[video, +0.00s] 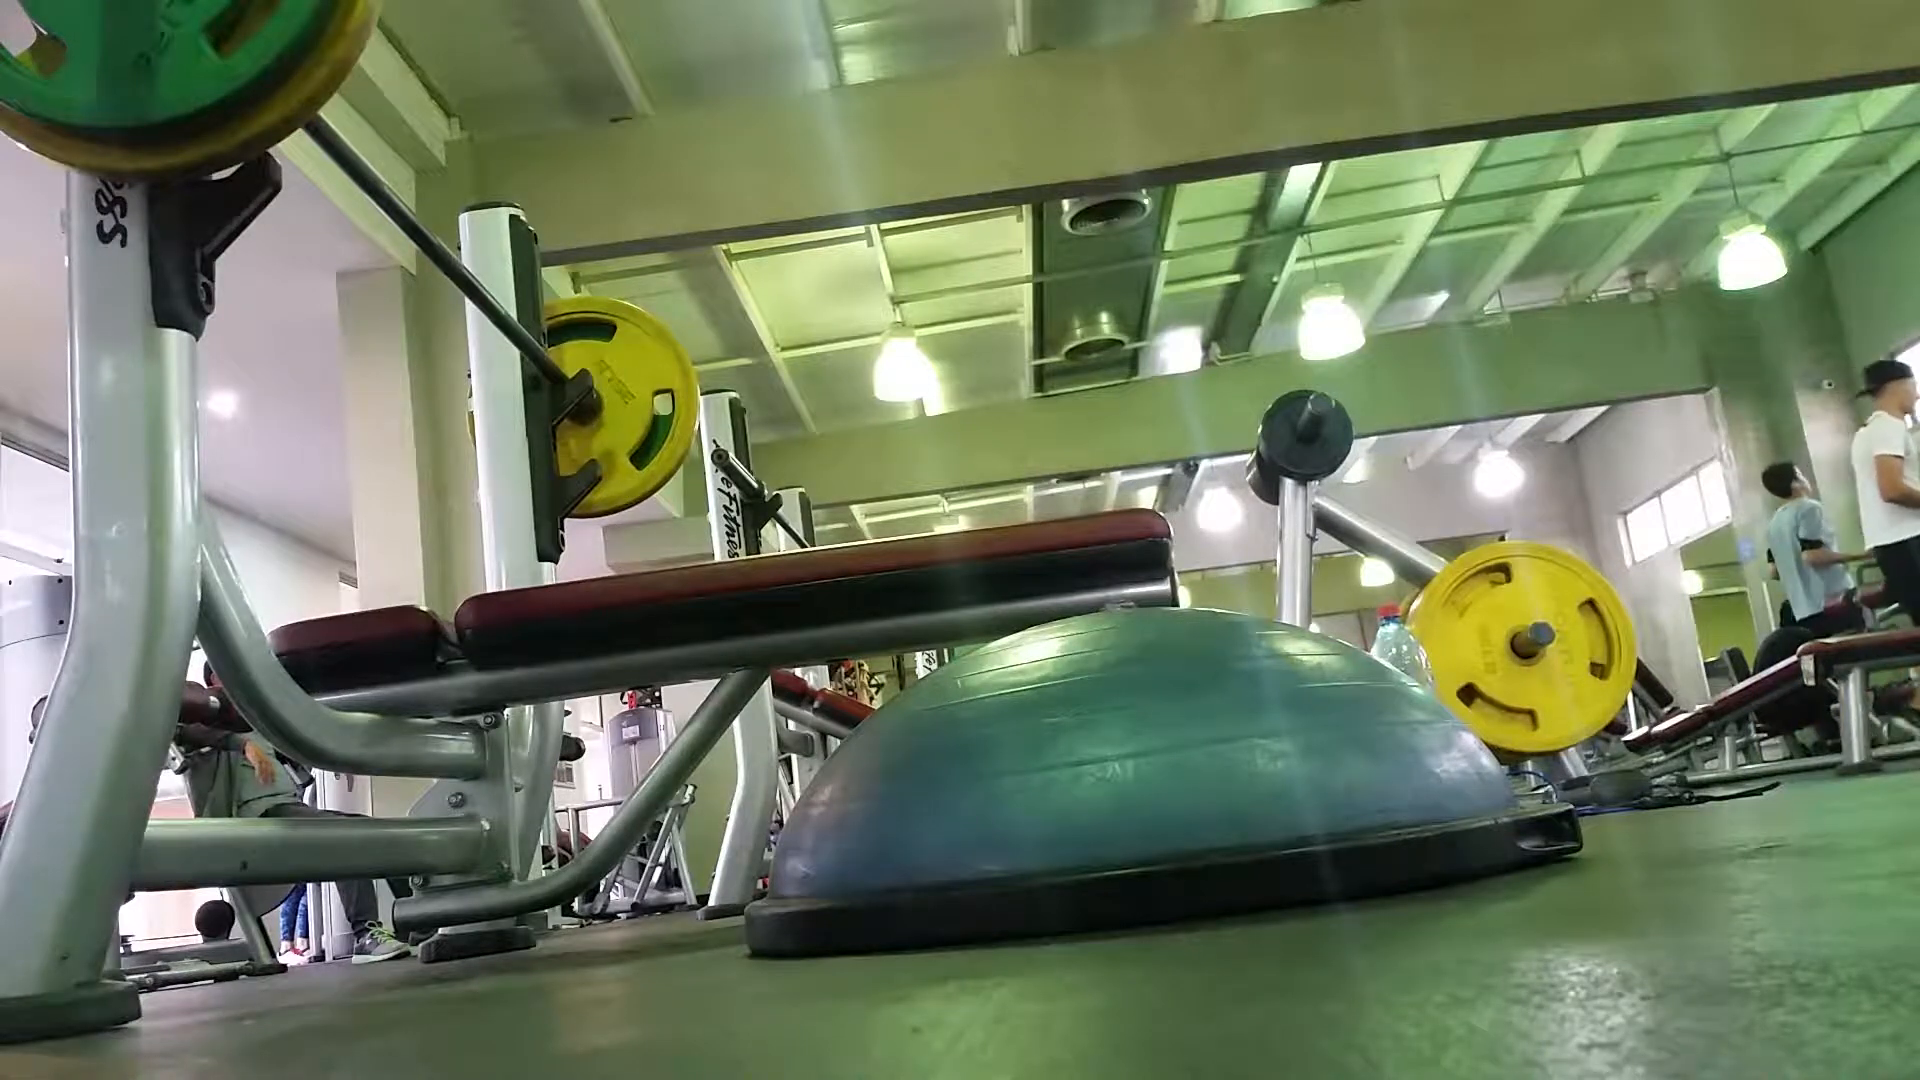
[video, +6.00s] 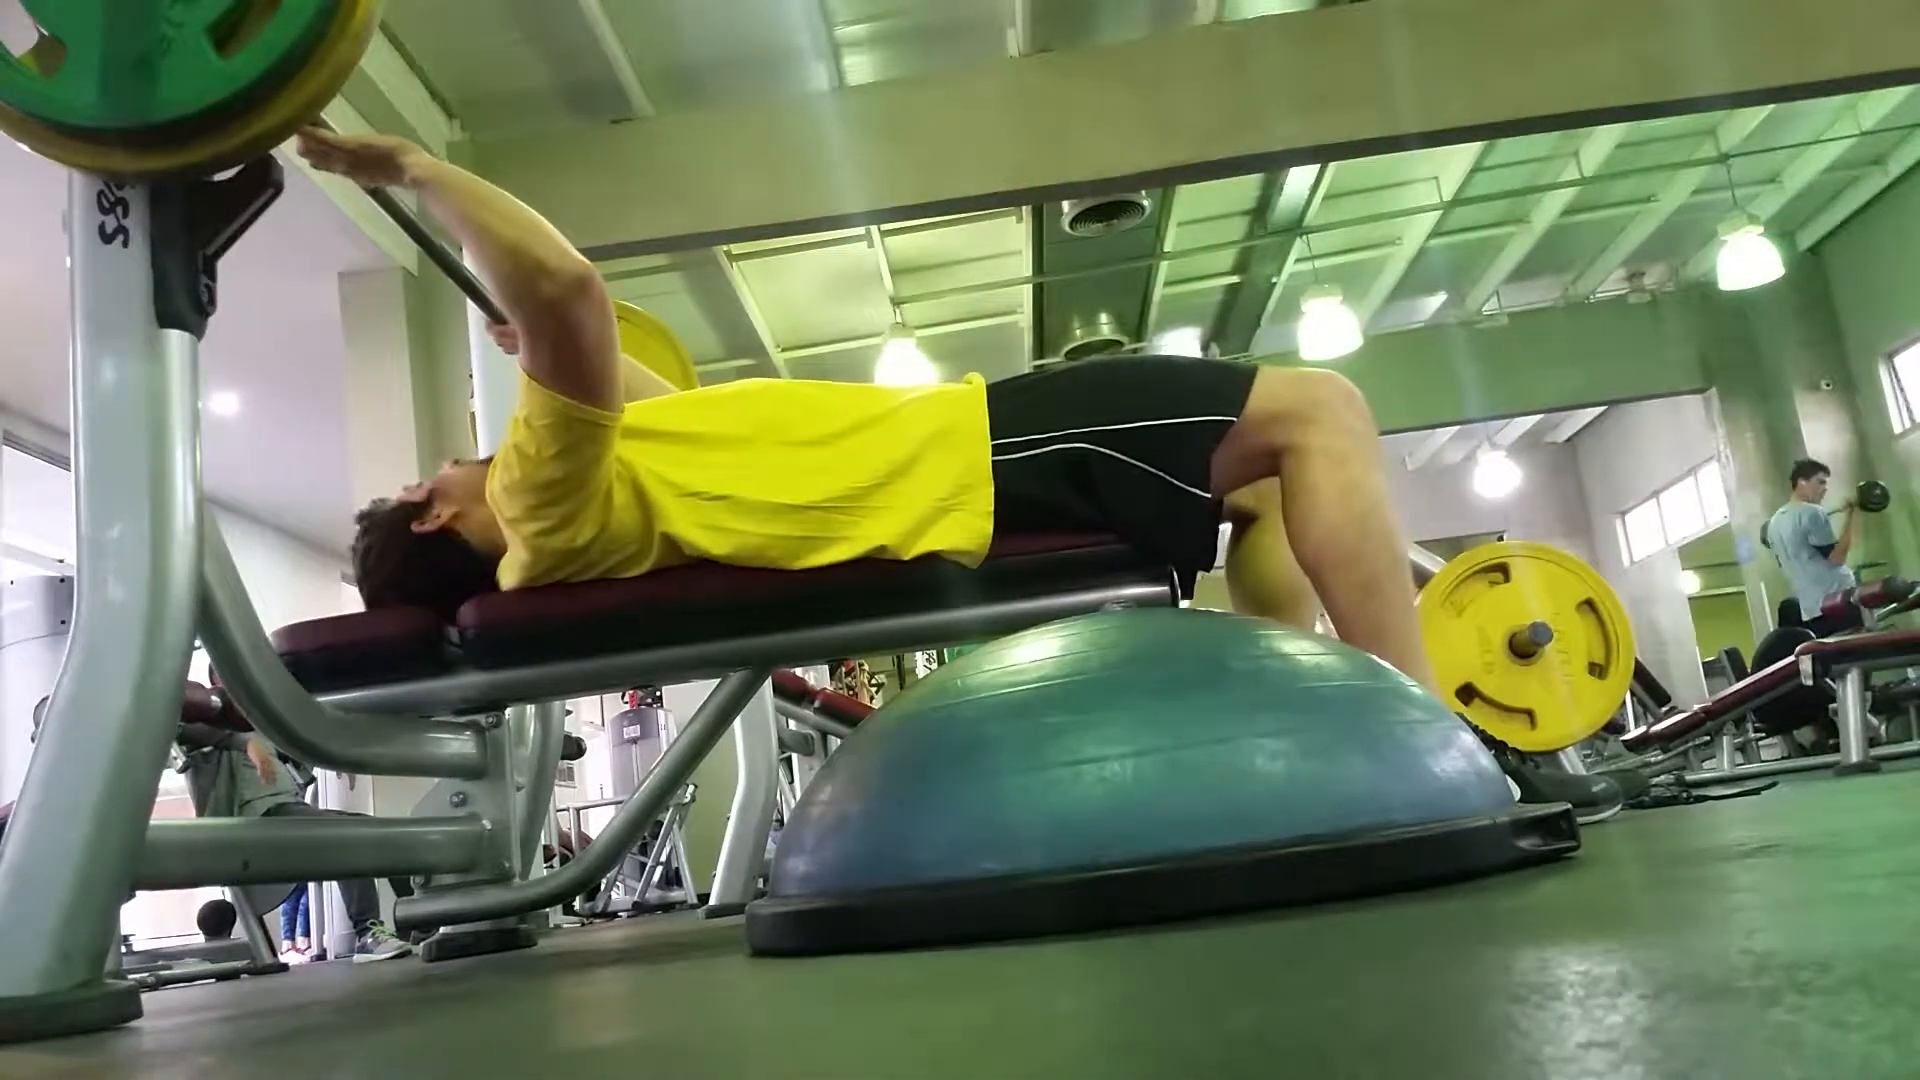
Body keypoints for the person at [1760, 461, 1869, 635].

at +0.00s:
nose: (1806, 478)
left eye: (1802, 473)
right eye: (1800, 475)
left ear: (1777, 490)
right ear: (1794, 483)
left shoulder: (1775, 521)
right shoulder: (1808, 508)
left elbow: (1774, 571)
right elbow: (1812, 555)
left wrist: (1804, 573)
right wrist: (1860, 556)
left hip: (1805, 614)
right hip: (1835, 606)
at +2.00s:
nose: (1813, 472)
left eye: (1809, 467)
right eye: (1808, 468)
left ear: (1783, 483)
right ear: (1801, 476)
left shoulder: (1777, 515)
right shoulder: (1813, 505)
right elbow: (1848, 540)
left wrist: (1827, 494)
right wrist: (1838, 497)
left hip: (1807, 605)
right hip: (1836, 598)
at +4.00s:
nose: (1816, 492)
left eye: (1816, 486)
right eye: (1815, 487)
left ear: (1787, 485)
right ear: (1808, 488)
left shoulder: (1773, 520)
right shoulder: (1807, 519)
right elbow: (1838, 558)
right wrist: (1856, 537)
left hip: (1815, 606)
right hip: (1840, 603)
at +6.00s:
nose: (1825, 488)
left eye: (1825, 483)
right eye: (1821, 482)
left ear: (1801, 483)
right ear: (1801, 482)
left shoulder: (1774, 522)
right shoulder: (1812, 513)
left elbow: (1783, 564)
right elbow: (1836, 556)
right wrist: (1851, 516)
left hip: (1810, 610)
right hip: (1839, 605)